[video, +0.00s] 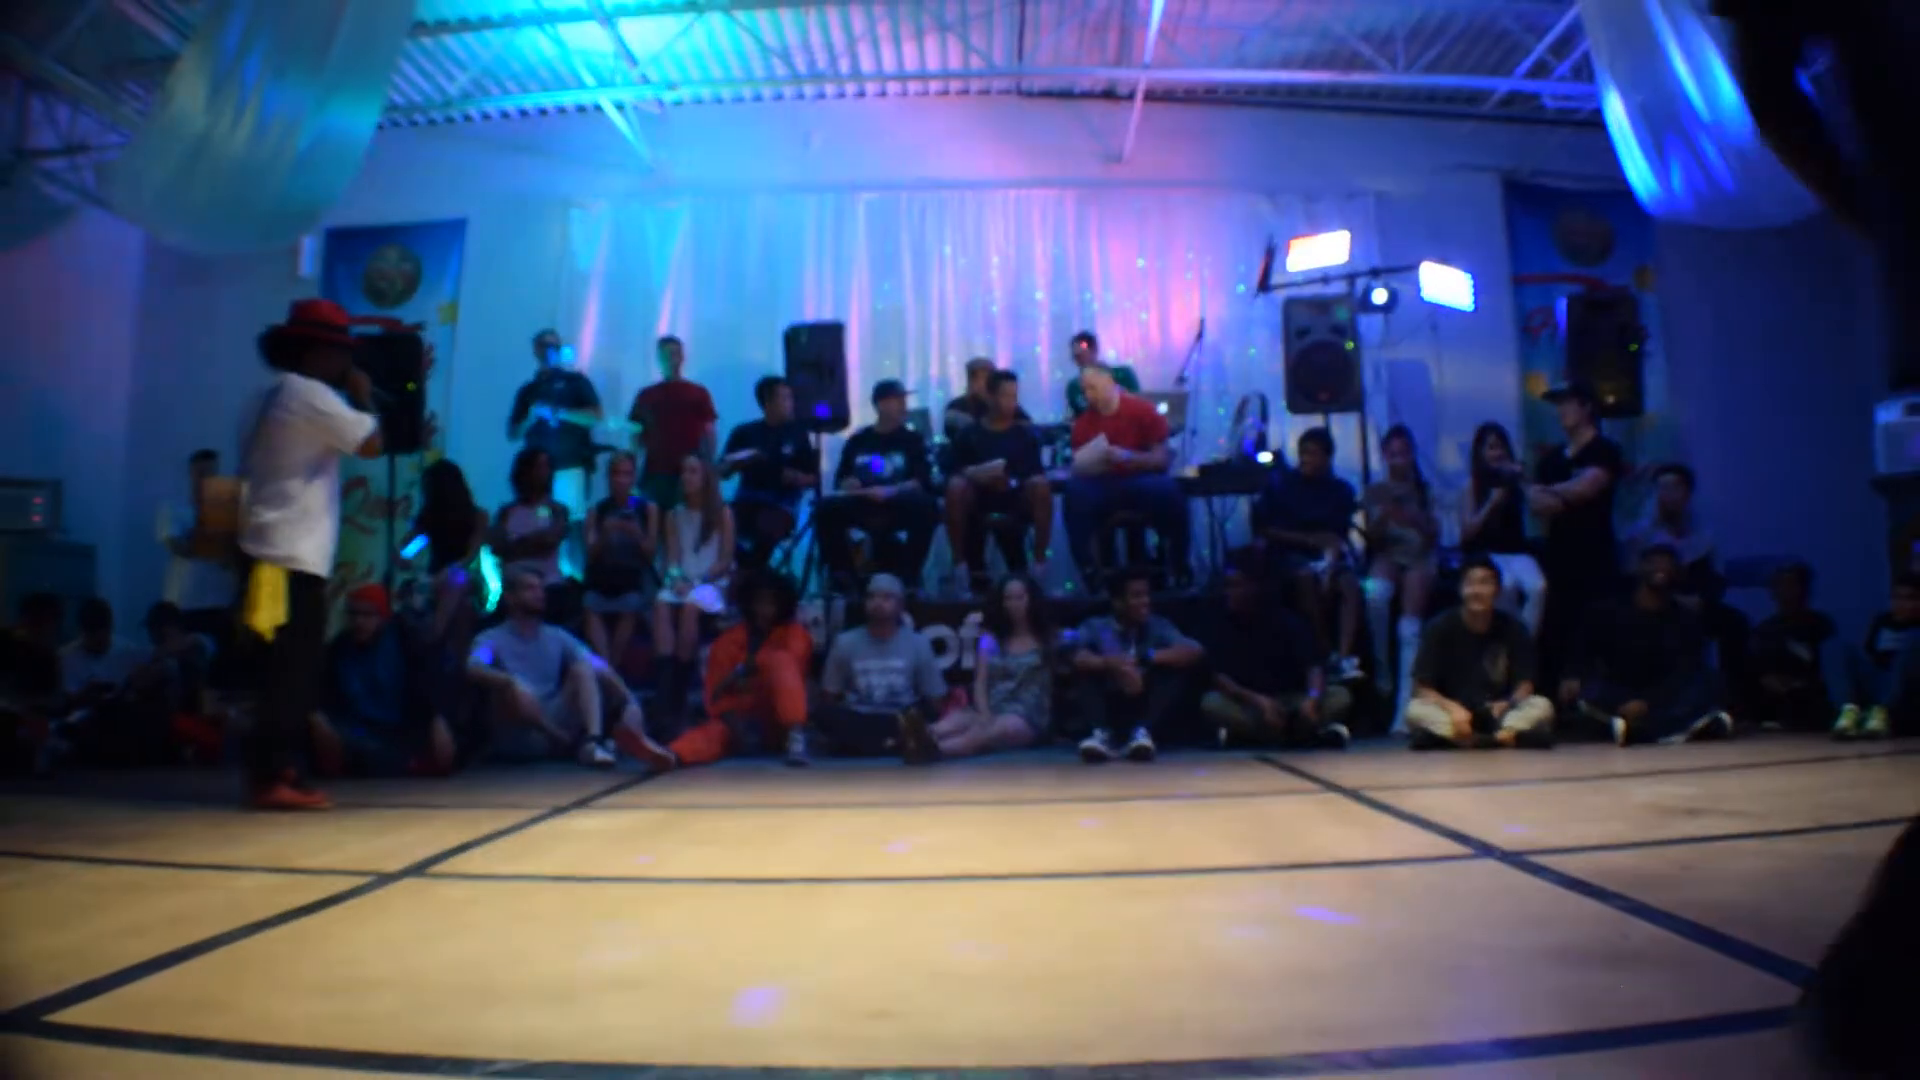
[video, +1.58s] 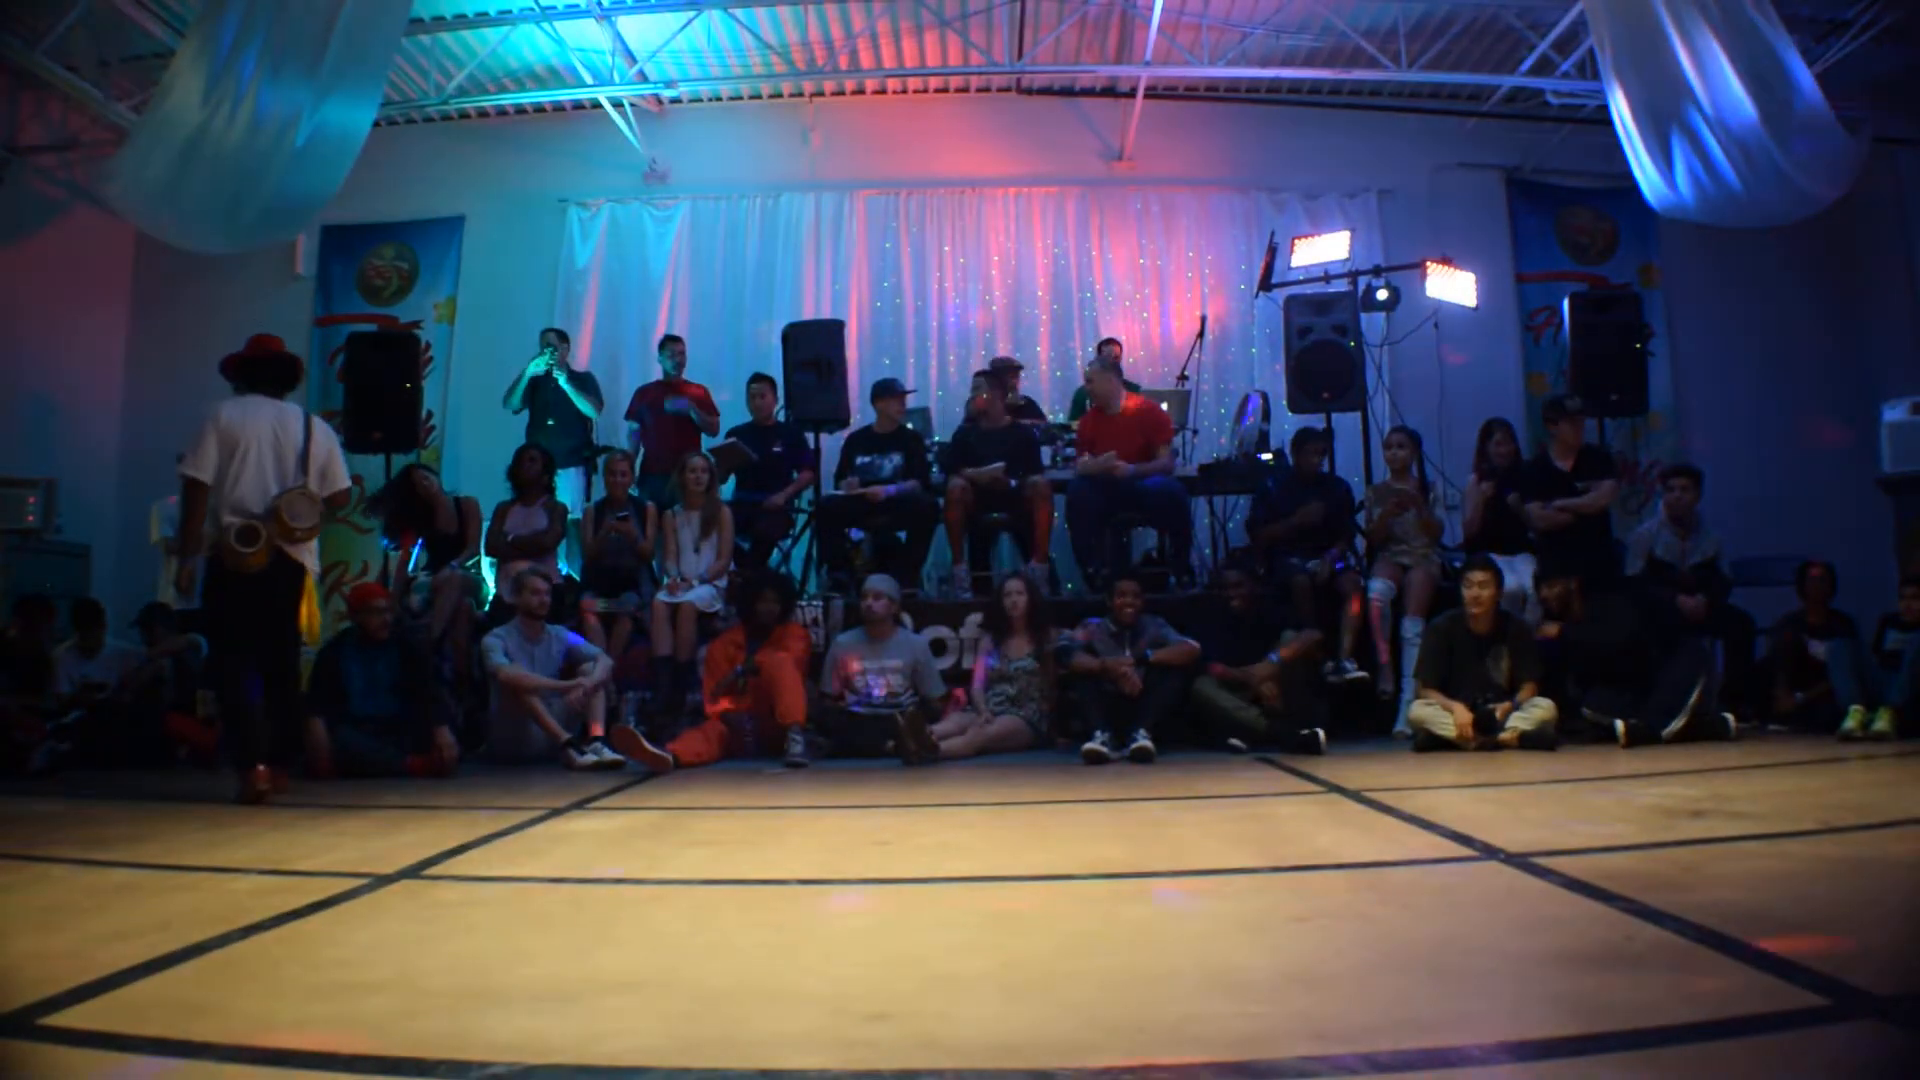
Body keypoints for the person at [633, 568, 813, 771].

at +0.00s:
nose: (764, 611)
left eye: (770, 604)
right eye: (758, 603)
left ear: (782, 607)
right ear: (747, 606)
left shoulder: (794, 636)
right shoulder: (727, 643)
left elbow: (788, 666)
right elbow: (714, 704)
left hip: (775, 718)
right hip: (739, 720)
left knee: (780, 660)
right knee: (714, 734)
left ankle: (795, 738)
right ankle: (673, 756)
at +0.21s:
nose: (761, 610)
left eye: (768, 603)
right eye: (756, 603)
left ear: (782, 607)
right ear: (746, 606)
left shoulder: (794, 635)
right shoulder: (725, 645)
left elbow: (783, 663)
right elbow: (713, 705)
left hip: (776, 719)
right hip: (738, 720)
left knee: (780, 661)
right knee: (712, 734)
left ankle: (795, 737)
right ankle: (671, 755)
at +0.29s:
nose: (759, 609)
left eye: (767, 603)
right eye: (754, 602)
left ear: (781, 607)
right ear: (746, 605)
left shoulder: (793, 635)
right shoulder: (725, 644)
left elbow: (784, 665)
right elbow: (713, 704)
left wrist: (752, 668)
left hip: (776, 719)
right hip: (739, 720)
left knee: (778, 660)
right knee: (712, 733)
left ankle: (794, 737)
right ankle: (670, 755)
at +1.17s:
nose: (768, 609)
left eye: (775, 603)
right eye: (762, 602)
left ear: (784, 607)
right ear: (749, 605)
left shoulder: (793, 634)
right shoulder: (725, 644)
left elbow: (787, 666)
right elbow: (713, 704)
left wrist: (754, 666)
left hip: (774, 717)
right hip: (736, 720)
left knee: (781, 662)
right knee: (709, 735)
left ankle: (794, 738)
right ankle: (669, 755)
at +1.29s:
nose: (769, 609)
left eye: (776, 603)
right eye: (763, 602)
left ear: (785, 607)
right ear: (749, 605)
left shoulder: (793, 633)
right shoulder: (724, 645)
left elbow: (787, 663)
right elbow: (713, 705)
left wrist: (754, 665)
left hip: (775, 719)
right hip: (736, 722)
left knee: (779, 661)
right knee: (711, 734)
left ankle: (795, 737)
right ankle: (670, 756)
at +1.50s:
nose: (768, 609)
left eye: (775, 603)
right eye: (762, 602)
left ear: (784, 607)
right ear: (749, 604)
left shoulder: (793, 634)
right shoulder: (724, 645)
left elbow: (790, 662)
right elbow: (713, 703)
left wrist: (756, 665)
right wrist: (735, 676)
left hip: (775, 718)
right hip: (737, 721)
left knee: (779, 661)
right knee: (709, 734)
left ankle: (795, 737)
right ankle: (670, 756)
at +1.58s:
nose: (768, 609)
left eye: (775, 603)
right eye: (762, 602)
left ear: (784, 607)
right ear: (749, 604)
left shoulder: (793, 634)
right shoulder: (724, 645)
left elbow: (790, 666)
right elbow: (714, 703)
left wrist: (756, 665)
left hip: (775, 718)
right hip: (738, 721)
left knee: (779, 661)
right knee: (711, 733)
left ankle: (794, 738)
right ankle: (671, 756)